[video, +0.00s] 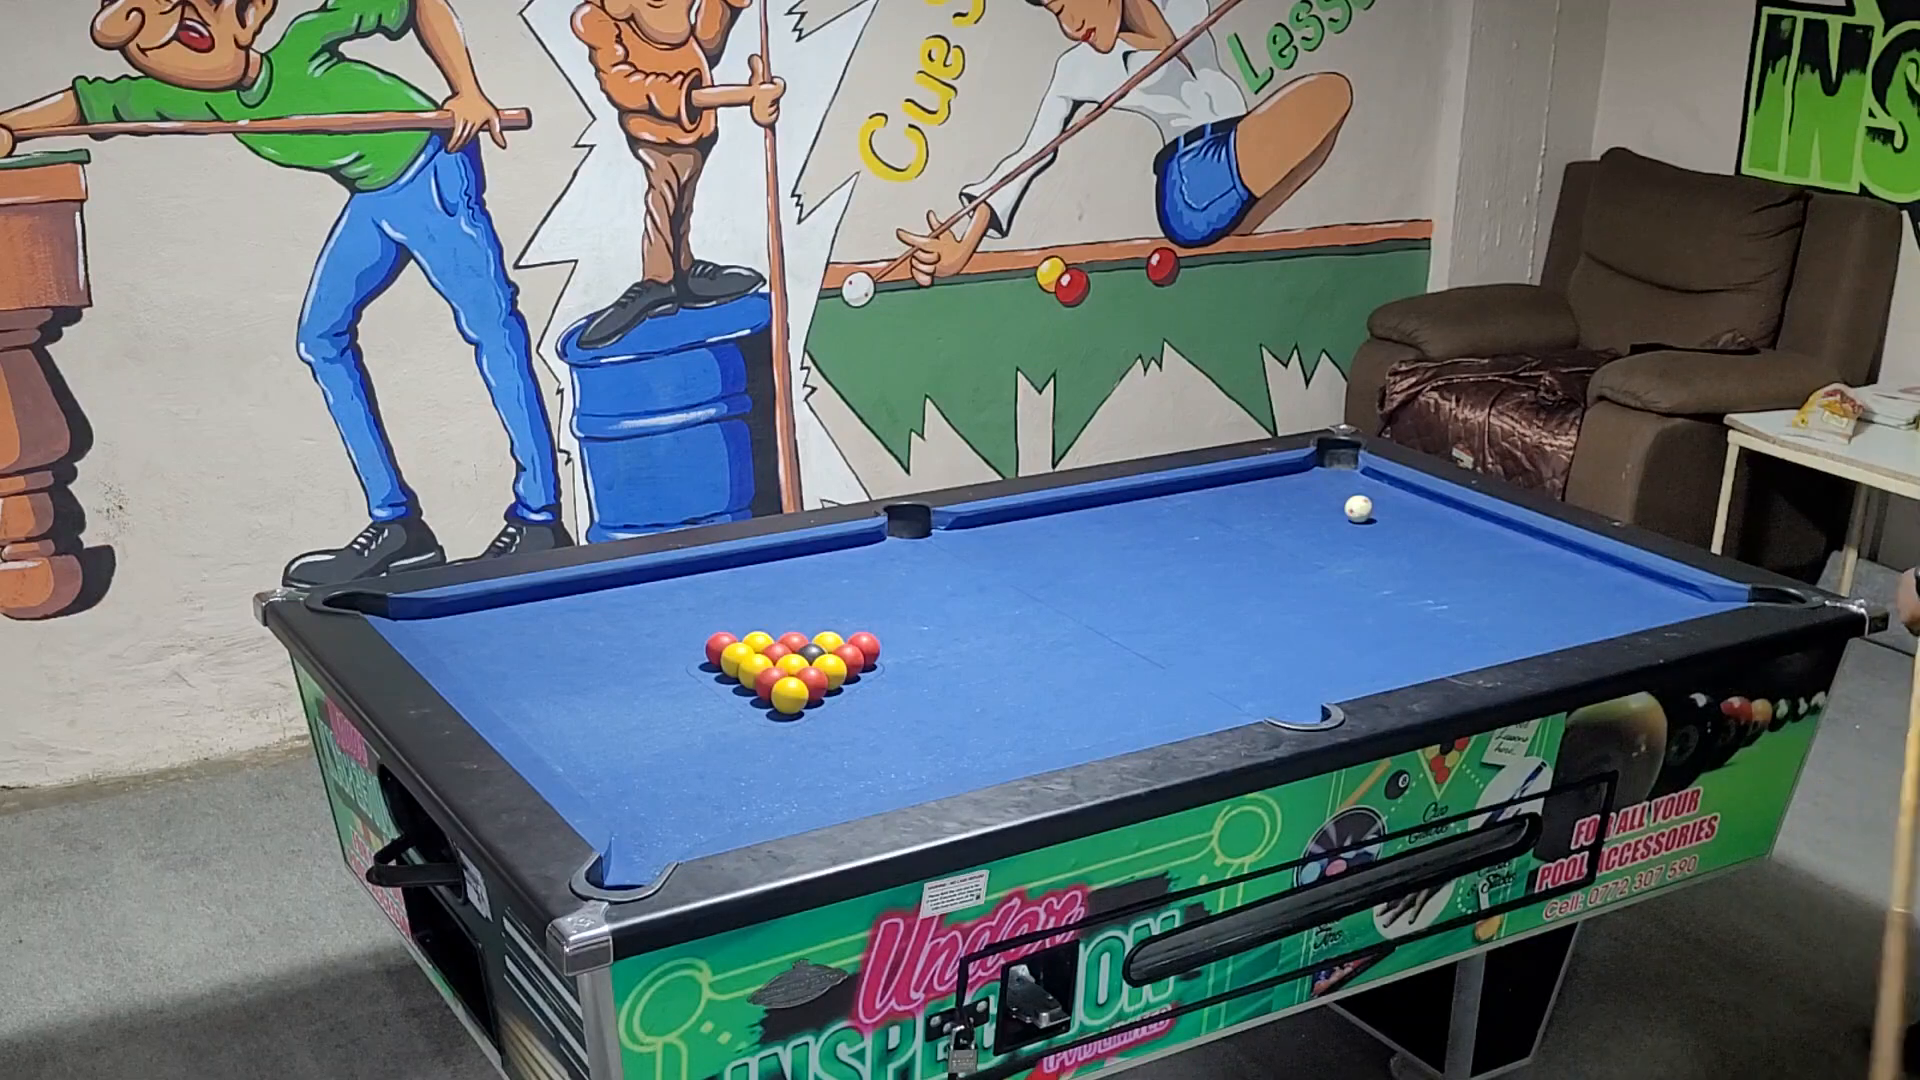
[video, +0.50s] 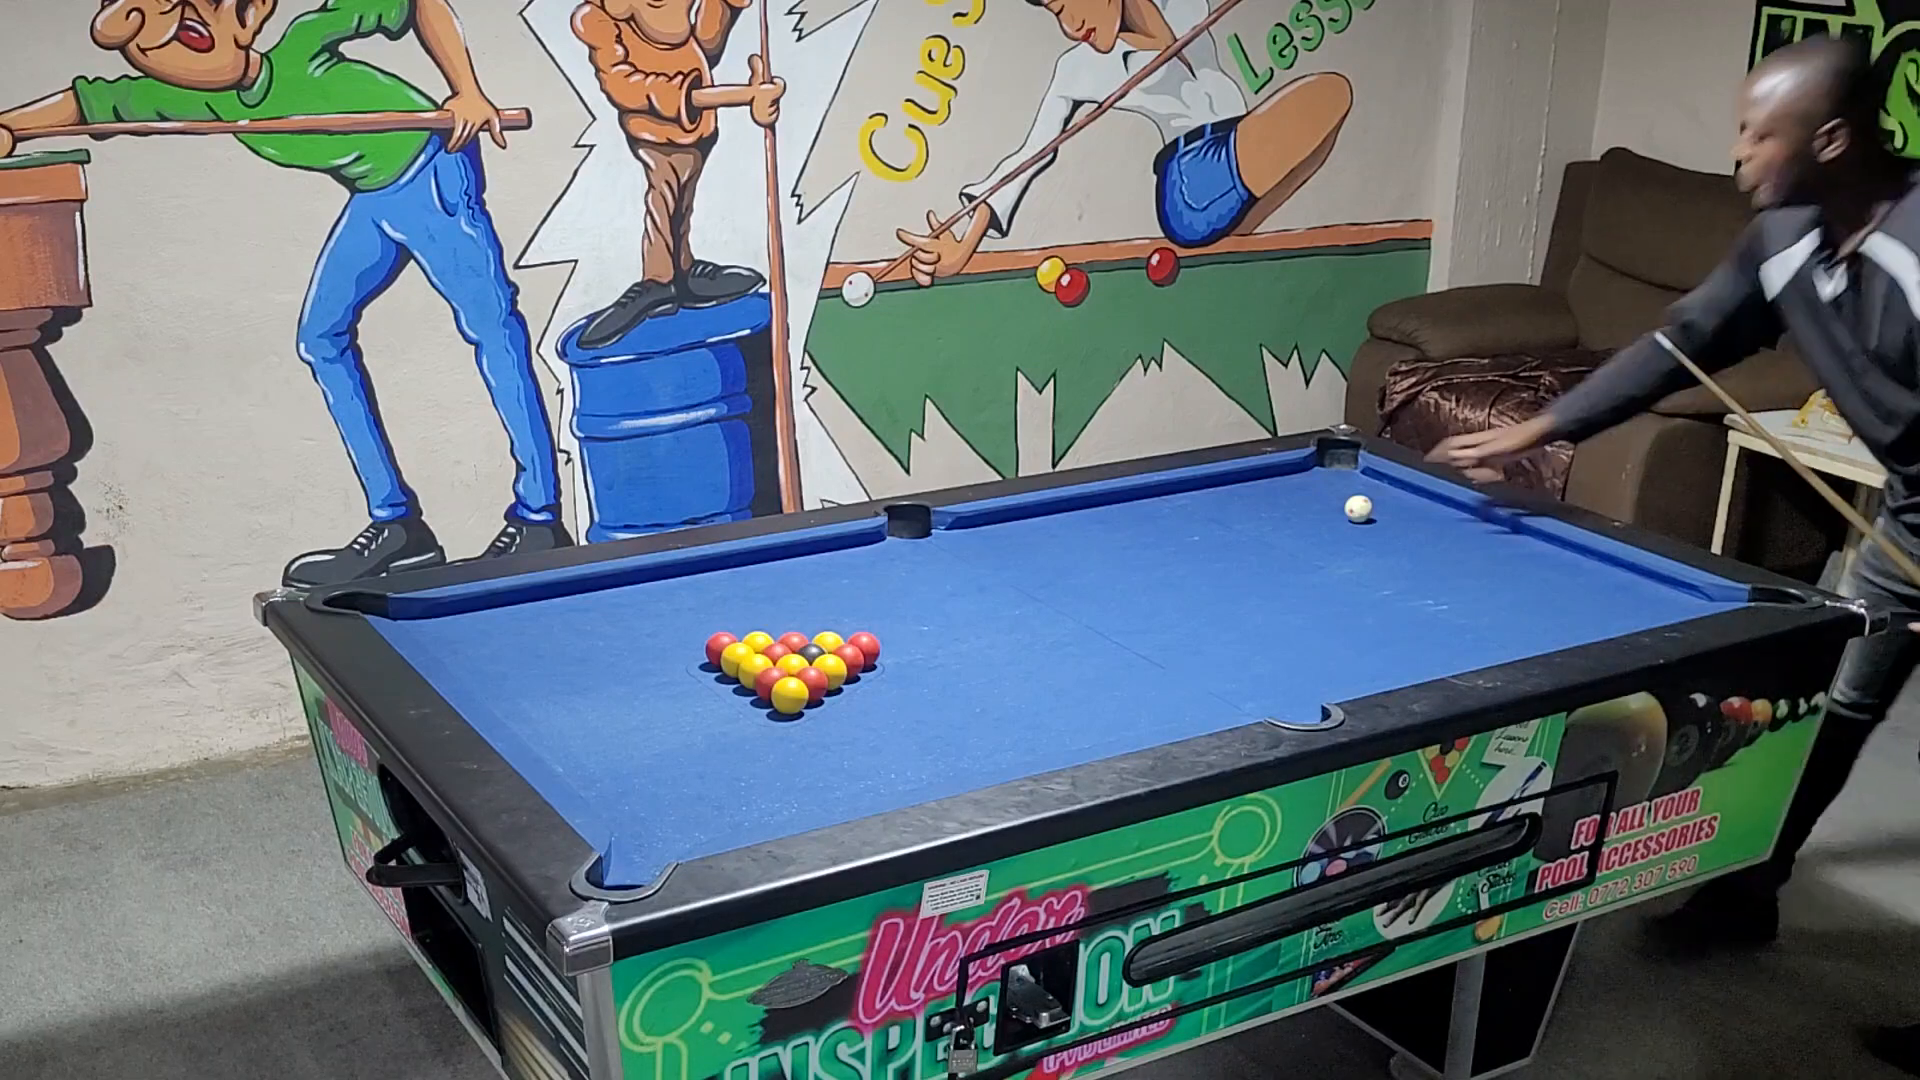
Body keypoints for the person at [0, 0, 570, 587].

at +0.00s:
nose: (207, 58)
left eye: (200, 43)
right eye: (190, 57)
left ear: (221, 22)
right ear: (181, 74)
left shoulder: (299, 37)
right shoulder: (211, 98)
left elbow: (419, 4)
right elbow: (89, 101)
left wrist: (467, 88)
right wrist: (9, 123)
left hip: (426, 165)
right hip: (368, 199)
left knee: (493, 331)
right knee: (322, 338)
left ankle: (540, 518)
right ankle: (397, 523)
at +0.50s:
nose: (207, 54)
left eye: (201, 39)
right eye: (190, 54)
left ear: (225, 19)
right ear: (181, 75)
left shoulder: (301, 37)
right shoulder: (212, 99)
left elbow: (418, 3)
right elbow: (89, 100)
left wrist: (467, 87)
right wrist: (10, 124)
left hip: (426, 165)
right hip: (369, 199)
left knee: (491, 327)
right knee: (322, 338)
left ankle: (540, 518)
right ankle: (397, 522)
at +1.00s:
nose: (207, 54)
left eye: (201, 40)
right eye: (190, 54)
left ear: (225, 19)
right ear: (182, 75)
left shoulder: (301, 37)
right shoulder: (213, 98)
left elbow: (418, 3)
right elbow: (90, 100)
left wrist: (467, 87)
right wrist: (10, 124)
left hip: (426, 165)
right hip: (369, 199)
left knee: (491, 327)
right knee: (322, 338)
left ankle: (540, 518)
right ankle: (397, 522)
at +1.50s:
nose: (209, 57)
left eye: (202, 43)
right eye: (191, 57)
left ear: (224, 22)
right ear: (182, 73)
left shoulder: (300, 37)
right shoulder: (211, 98)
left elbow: (419, 4)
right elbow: (89, 100)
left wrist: (467, 87)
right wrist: (9, 124)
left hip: (426, 165)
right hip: (369, 199)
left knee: (493, 330)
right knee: (322, 338)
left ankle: (540, 517)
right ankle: (397, 523)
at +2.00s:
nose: (209, 57)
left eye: (203, 42)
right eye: (192, 56)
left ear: (225, 23)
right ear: (184, 74)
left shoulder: (300, 37)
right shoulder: (212, 99)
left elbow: (419, 4)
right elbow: (89, 100)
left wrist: (467, 87)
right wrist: (9, 124)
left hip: (426, 166)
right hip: (369, 199)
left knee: (492, 330)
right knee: (322, 338)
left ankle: (541, 517)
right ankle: (397, 523)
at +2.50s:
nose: (207, 53)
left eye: (200, 39)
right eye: (190, 54)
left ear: (225, 20)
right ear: (183, 74)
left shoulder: (300, 37)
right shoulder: (213, 99)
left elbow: (418, 4)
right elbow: (90, 101)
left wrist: (467, 87)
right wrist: (9, 124)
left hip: (426, 166)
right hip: (369, 199)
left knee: (492, 330)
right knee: (322, 338)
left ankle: (541, 517)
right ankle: (397, 523)